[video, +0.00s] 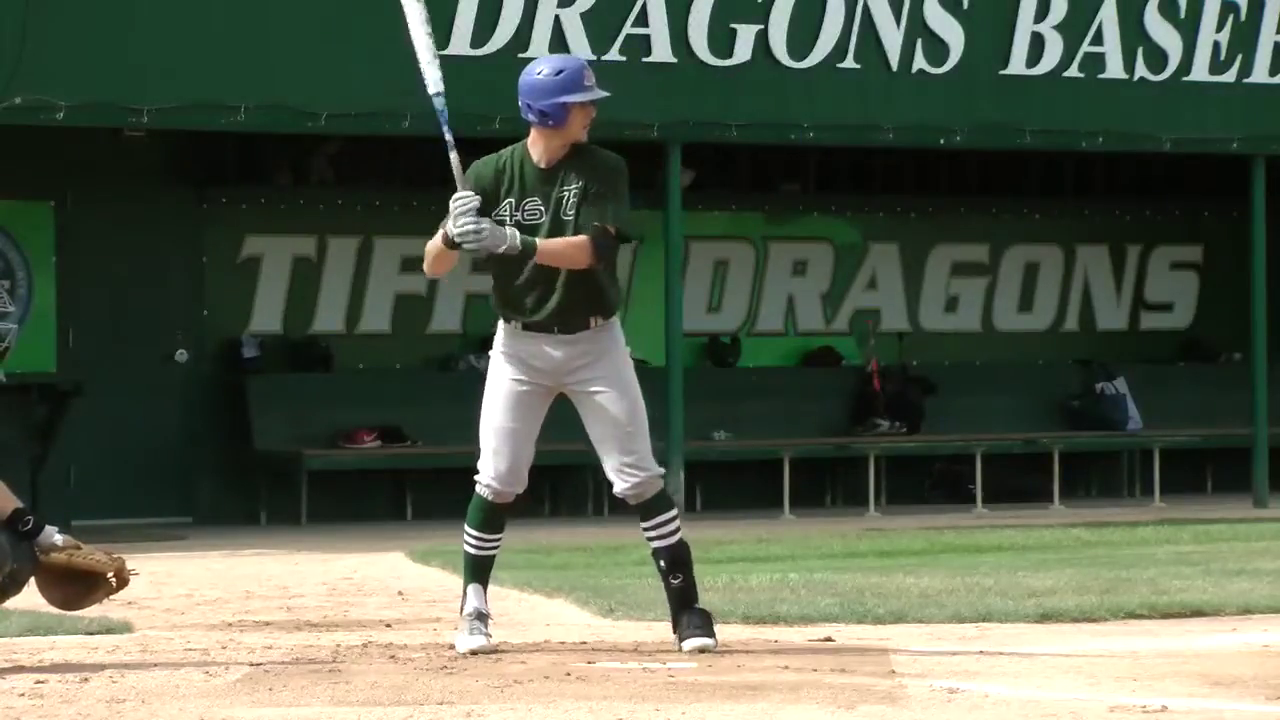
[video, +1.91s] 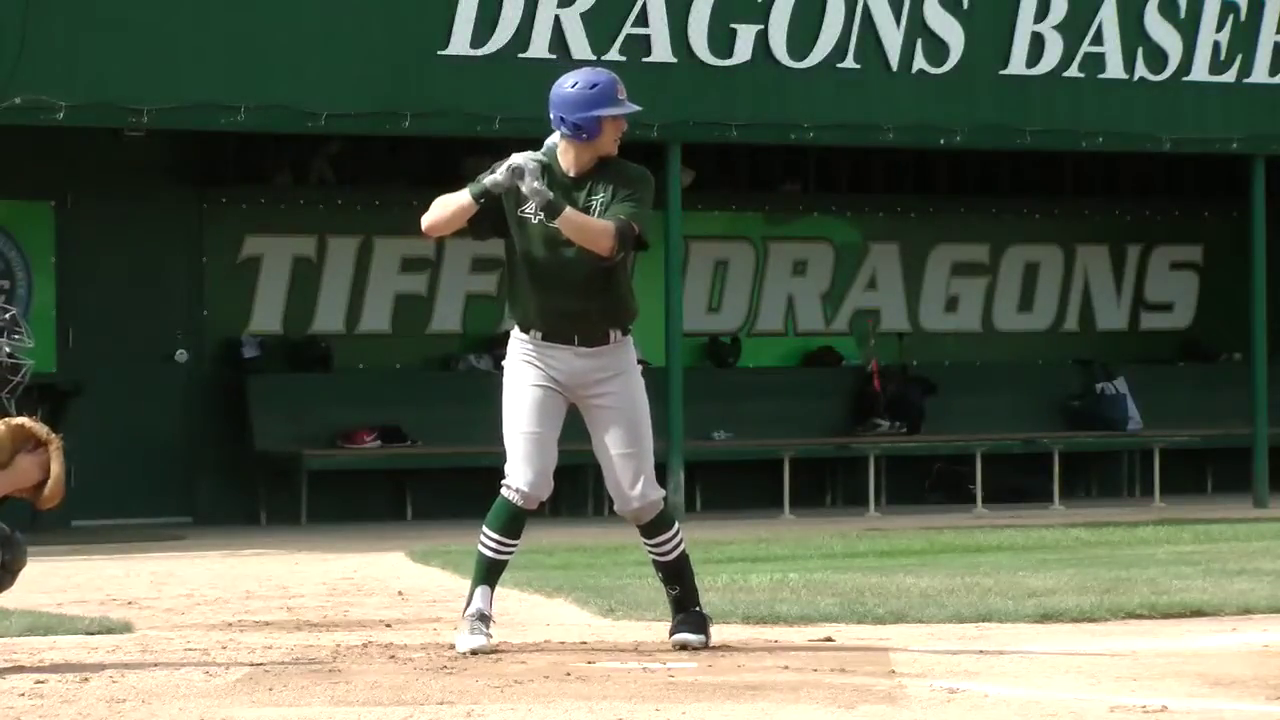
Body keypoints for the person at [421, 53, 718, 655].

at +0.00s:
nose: (592, 113)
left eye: (590, 104)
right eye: (582, 106)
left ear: (567, 112)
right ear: (547, 112)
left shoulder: (603, 170)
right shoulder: (489, 176)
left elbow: (593, 251)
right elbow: (434, 267)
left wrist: (513, 243)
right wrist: (451, 233)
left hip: (597, 346)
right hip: (519, 349)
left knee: (638, 477)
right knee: (498, 479)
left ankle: (688, 613)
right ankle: (473, 610)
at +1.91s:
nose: (623, 126)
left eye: (621, 117)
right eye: (614, 119)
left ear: (593, 122)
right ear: (582, 124)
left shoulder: (628, 179)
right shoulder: (521, 172)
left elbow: (616, 241)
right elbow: (432, 224)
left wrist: (550, 209)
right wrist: (488, 190)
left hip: (610, 358)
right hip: (533, 355)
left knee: (639, 495)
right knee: (525, 484)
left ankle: (687, 611)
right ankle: (477, 610)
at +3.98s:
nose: (622, 128)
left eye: (620, 119)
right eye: (612, 121)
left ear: (600, 124)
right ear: (578, 126)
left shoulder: (630, 178)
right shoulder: (523, 172)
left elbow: (616, 245)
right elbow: (441, 232)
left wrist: (553, 205)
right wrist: (497, 189)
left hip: (612, 358)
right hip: (535, 354)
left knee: (637, 497)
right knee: (524, 482)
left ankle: (687, 612)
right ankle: (477, 610)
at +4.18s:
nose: (621, 129)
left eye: (621, 120)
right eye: (612, 122)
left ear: (601, 124)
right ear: (578, 126)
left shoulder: (630, 178)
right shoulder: (524, 173)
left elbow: (618, 244)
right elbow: (442, 233)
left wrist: (555, 204)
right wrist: (497, 188)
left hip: (612, 359)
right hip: (535, 354)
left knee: (636, 498)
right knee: (523, 481)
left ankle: (687, 612)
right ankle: (477, 609)